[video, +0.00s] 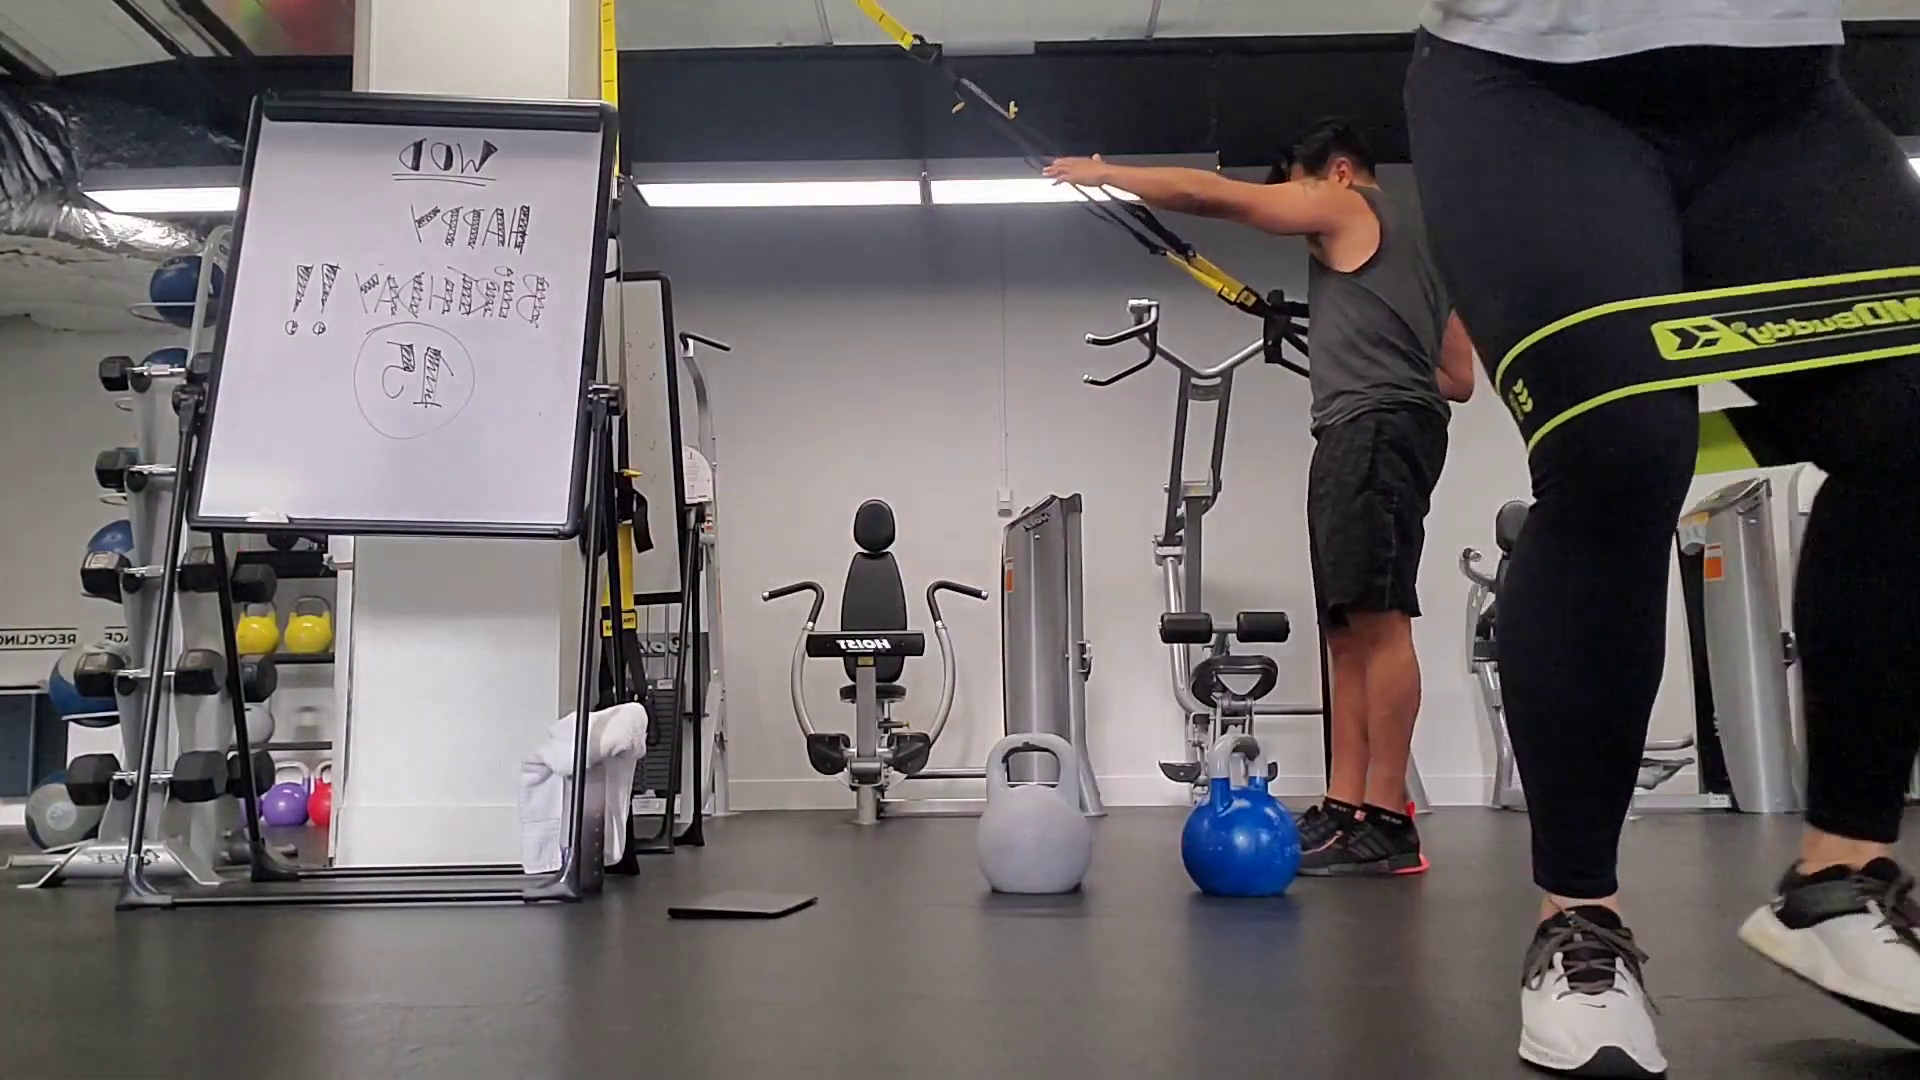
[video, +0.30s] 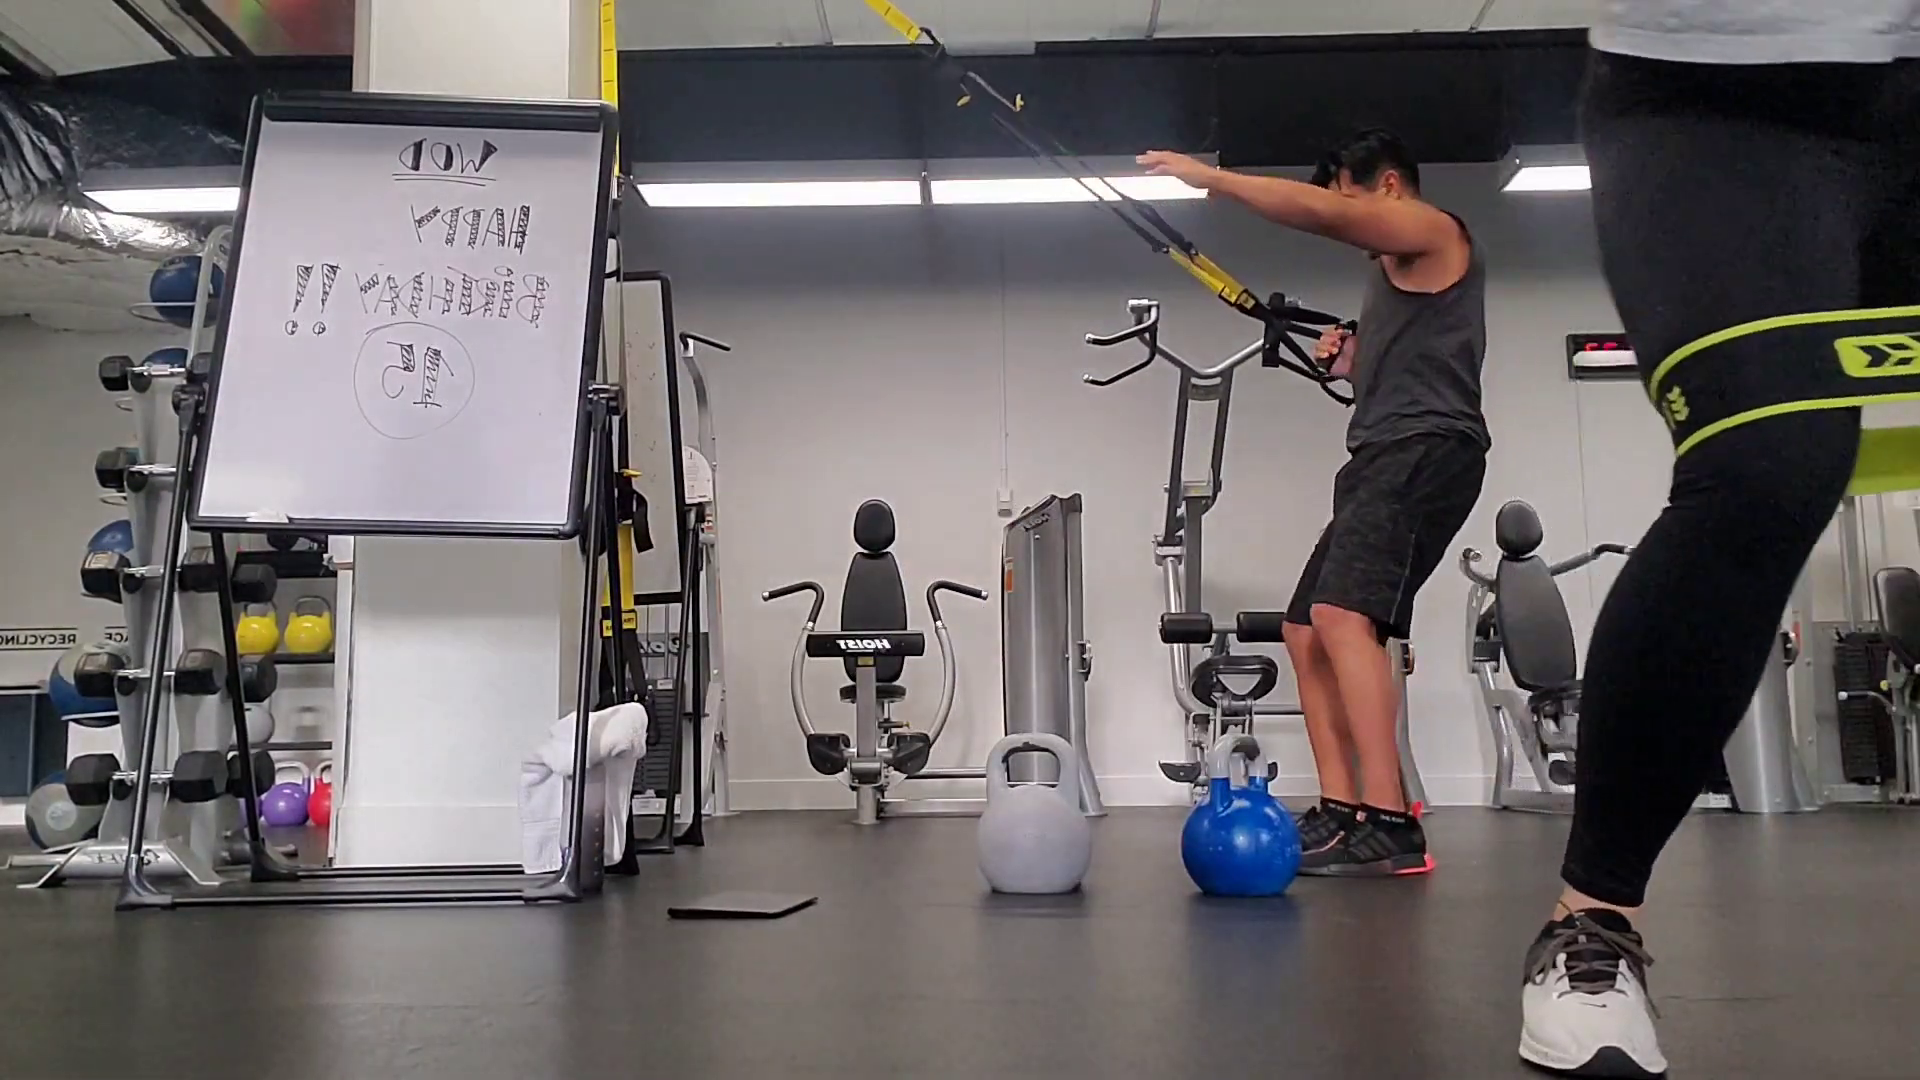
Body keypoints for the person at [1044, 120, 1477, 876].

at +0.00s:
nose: (1296, 204)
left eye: (1302, 187)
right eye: (1295, 191)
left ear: (1342, 169)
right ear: (1357, 173)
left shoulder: (1349, 204)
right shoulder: (1425, 246)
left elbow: (1215, 192)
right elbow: (1460, 379)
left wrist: (1104, 171)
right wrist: (1361, 338)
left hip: (1373, 426)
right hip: (1385, 429)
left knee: (1381, 627)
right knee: (1345, 628)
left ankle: (1389, 821)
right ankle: (1346, 809)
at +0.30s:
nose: (1345, 213)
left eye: (1351, 199)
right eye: (1341, 202)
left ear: (1387, 182)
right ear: (1386, 189)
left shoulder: (1436, 229)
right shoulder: (1400, 261)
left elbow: (1325, 211)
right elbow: (1417, 371)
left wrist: (1211, 177)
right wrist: (1357, 356)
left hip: (1424, 445)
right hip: (1380, 453)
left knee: (1343, 615)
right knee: (1302, 626)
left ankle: (1389, 823)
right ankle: (1343, 813)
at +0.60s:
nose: (1453, 315)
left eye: (1465, 297)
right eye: (1449, 303)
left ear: (1518, 289)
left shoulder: (1565, 362)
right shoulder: (1470, 393)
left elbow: (1614, 444)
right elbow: (1394, 459)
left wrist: (1554, 414)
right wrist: (1363, 388)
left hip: (1505, 571)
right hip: (1441, 568)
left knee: (1335, 625)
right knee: (1277, 638)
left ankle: (1387, 824)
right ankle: (1337, 810)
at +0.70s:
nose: (1509, 356)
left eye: (1524, 337)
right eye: (1503, 343)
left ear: (1578, 340)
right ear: (1499, 351)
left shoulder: (1619, 431)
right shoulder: (1503, 431)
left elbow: (1677, 526)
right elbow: (1405, 460)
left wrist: (1697, 546)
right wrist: (1370, 384)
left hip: (1524, 626)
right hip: (1462, 616)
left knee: (1350, 623)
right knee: (1283, 639)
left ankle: (1392, 824)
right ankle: (1336, 811)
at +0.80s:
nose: (1558, 398)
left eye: (1577, 381)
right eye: (1551, 386)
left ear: (1628, 390)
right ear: (1547, 396)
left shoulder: (1663, 497)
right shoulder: (1528, 468)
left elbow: (1728, 602)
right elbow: (1420, 464)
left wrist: (1789, 659)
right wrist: (1372, 390)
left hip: (1544, 680)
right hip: (1477, 666)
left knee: (1378, 621)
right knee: (1298, 639)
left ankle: (1396, 826)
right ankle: (1337, 813)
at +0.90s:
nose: (1598, 438)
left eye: (1618, 423)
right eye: (1591, 424)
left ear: (1667, 437)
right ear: (1581, 433)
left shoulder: (1695, 552)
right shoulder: (1551, 500)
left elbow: (1763, 672)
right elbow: (1438, 466)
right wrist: (1372, 396)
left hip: (1556, 718)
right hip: (1480, 692)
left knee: (1411, 620)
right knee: (1316, 637)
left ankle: (1401, 823)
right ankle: (1338, 813)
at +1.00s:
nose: (1629, 473)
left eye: (1650, 462)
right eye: (1618, 461)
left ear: (1692, 482)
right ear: (1603, 471)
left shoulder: (1711, 597)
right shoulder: (1558, 522)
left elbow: (1776, 721)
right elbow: (1450, 468)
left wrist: (1877, 800)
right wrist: (1375, 399)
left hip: (1563, 758)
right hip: (1482, 731)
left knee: (1444, 625)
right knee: (1334, 636)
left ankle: (1403, 823)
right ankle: (1341, 812)